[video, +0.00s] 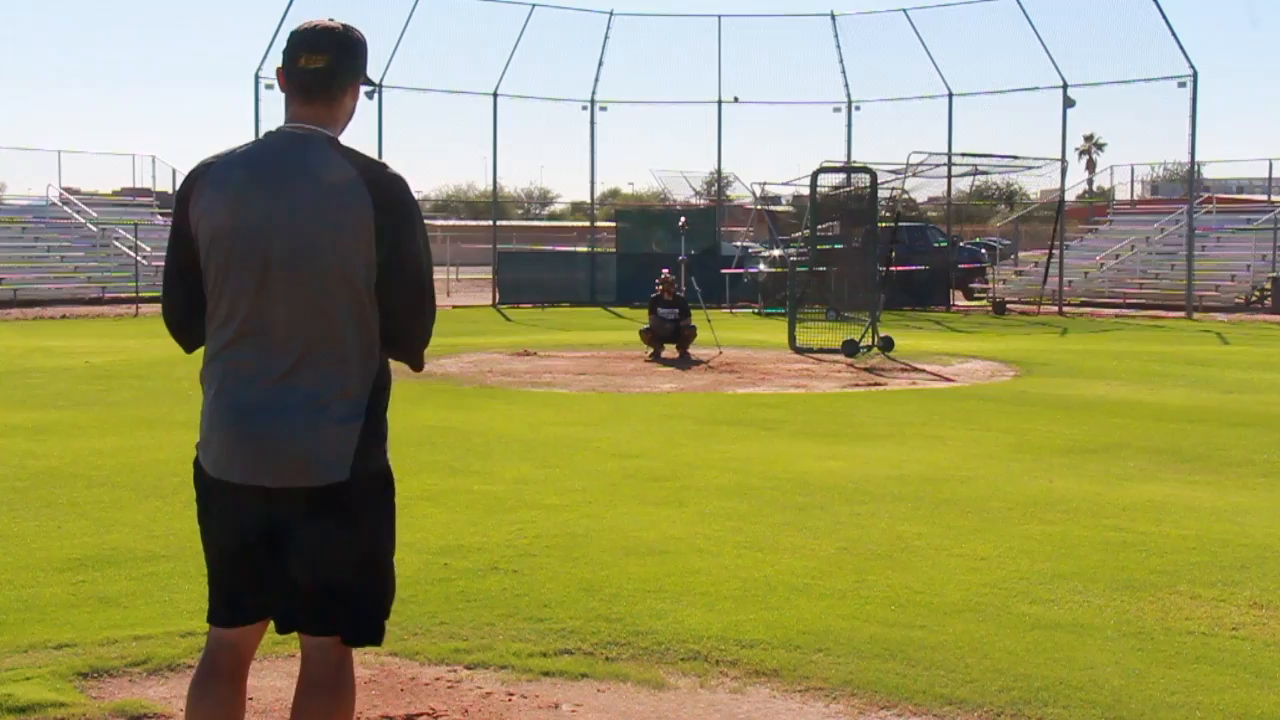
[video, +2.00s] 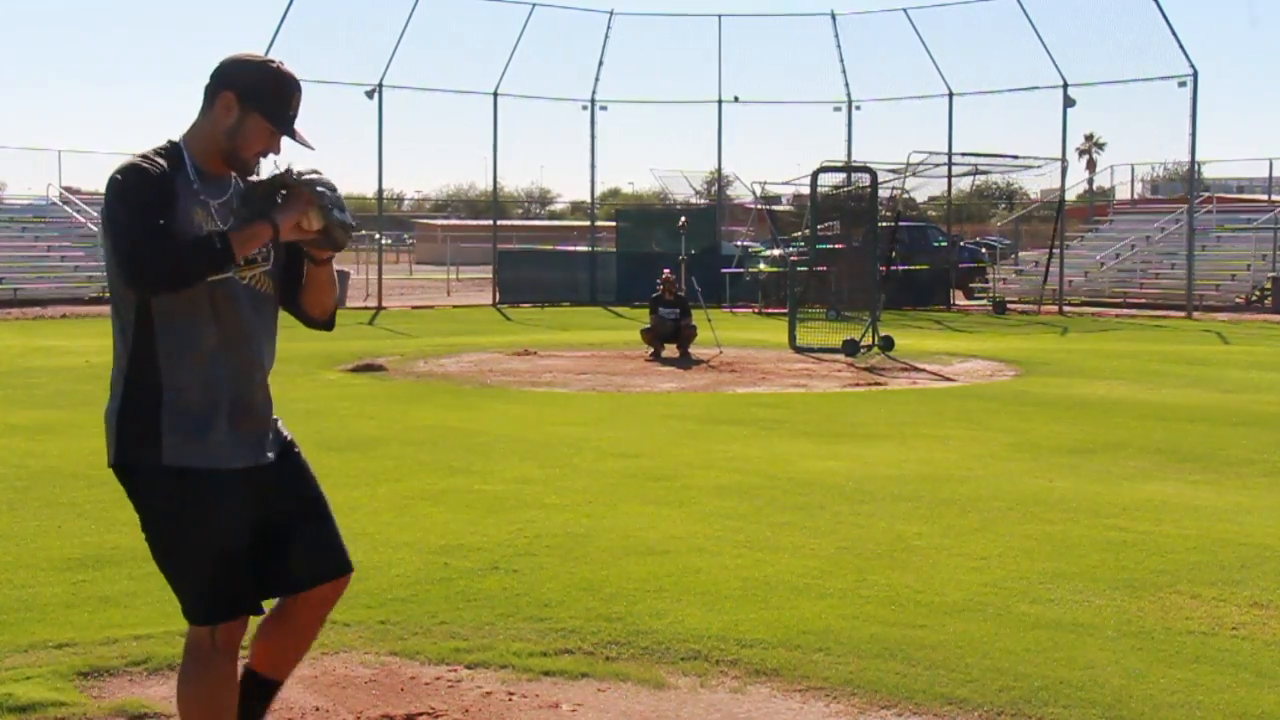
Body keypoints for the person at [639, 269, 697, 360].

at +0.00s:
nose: (668, 287)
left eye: (670, 284)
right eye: (665, 284)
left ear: (674, 286)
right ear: (661, 286)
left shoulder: (680, 300)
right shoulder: (655, 299)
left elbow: (687, 319)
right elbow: (652, 318)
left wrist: (674, 325)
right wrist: (662, 326)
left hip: (676, 329)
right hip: (660, 330)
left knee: (691, 330)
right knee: (645, 333)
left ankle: (683, 350)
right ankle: (657, 348)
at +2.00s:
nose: (669, 286)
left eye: (671, 283)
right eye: (666, 283)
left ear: (675, 285)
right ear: (662, 285)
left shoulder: (682, 300)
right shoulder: (655, 299)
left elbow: (688, 319)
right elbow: (653, 318)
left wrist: (675, 324)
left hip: (677, 329)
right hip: (661, 329)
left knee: (691, 329)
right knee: (645, 332)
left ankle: (683, 350)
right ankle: (657, 348)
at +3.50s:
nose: (667, 286)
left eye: (670, 283)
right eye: (664, 283)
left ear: (674, 285)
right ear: (660, 285)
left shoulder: (680, 299)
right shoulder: (654, 299)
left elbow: (686, 316)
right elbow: (651, 318)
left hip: (677, 326)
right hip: (661, 326)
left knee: (688, 328)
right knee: (646, 331)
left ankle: (683, 349)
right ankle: (657, 347)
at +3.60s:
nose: (667, 285)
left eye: (670, 282)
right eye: (665, 283)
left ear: (674, 284)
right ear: (661, 284)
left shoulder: (679, 298)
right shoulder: (654, 299)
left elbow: (690, 316)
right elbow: (650, 318)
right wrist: (659, 321)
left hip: (675, 326)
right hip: (660, 325)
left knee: (689, 329)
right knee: (646, 331)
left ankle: (683, 350)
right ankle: (656, 348)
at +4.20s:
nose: (666, 287)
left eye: (669, 284)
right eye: (664, 284)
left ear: (673, 284)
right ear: (659, 285)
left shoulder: (678, 296)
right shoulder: (655, 297)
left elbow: (687, 305)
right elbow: (649, 317)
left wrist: (680, 306)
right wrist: (651, 315)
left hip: (675, 327)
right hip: (660, 328)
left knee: (687, 331)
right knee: (645, 331)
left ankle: (683, 350)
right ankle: (656, 348)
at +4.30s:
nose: (666, 285)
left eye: (669, 282)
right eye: (663, 282)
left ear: (673, 283)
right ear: (659, 283)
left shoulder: (678, 295)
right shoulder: (655, 296)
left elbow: (685, 304)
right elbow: (649, 318)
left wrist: (679, 306)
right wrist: (649, 305)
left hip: (676, 330)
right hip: (660, 330)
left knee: (687, 332)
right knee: (645, 332)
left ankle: (683, 349)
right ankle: (656, 348)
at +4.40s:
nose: (666, 282)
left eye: (668, 279)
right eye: (663, 279)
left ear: (673, 280)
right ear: (659, 280)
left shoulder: (678, 293)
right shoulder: (655, 295)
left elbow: (681, 303)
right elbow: (646, 315)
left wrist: (675, 303)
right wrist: (638, 308)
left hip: (677, 330)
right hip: (661, 331)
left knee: (686, 334)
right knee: (646, 334)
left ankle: (682, 349)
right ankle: (656, 347)